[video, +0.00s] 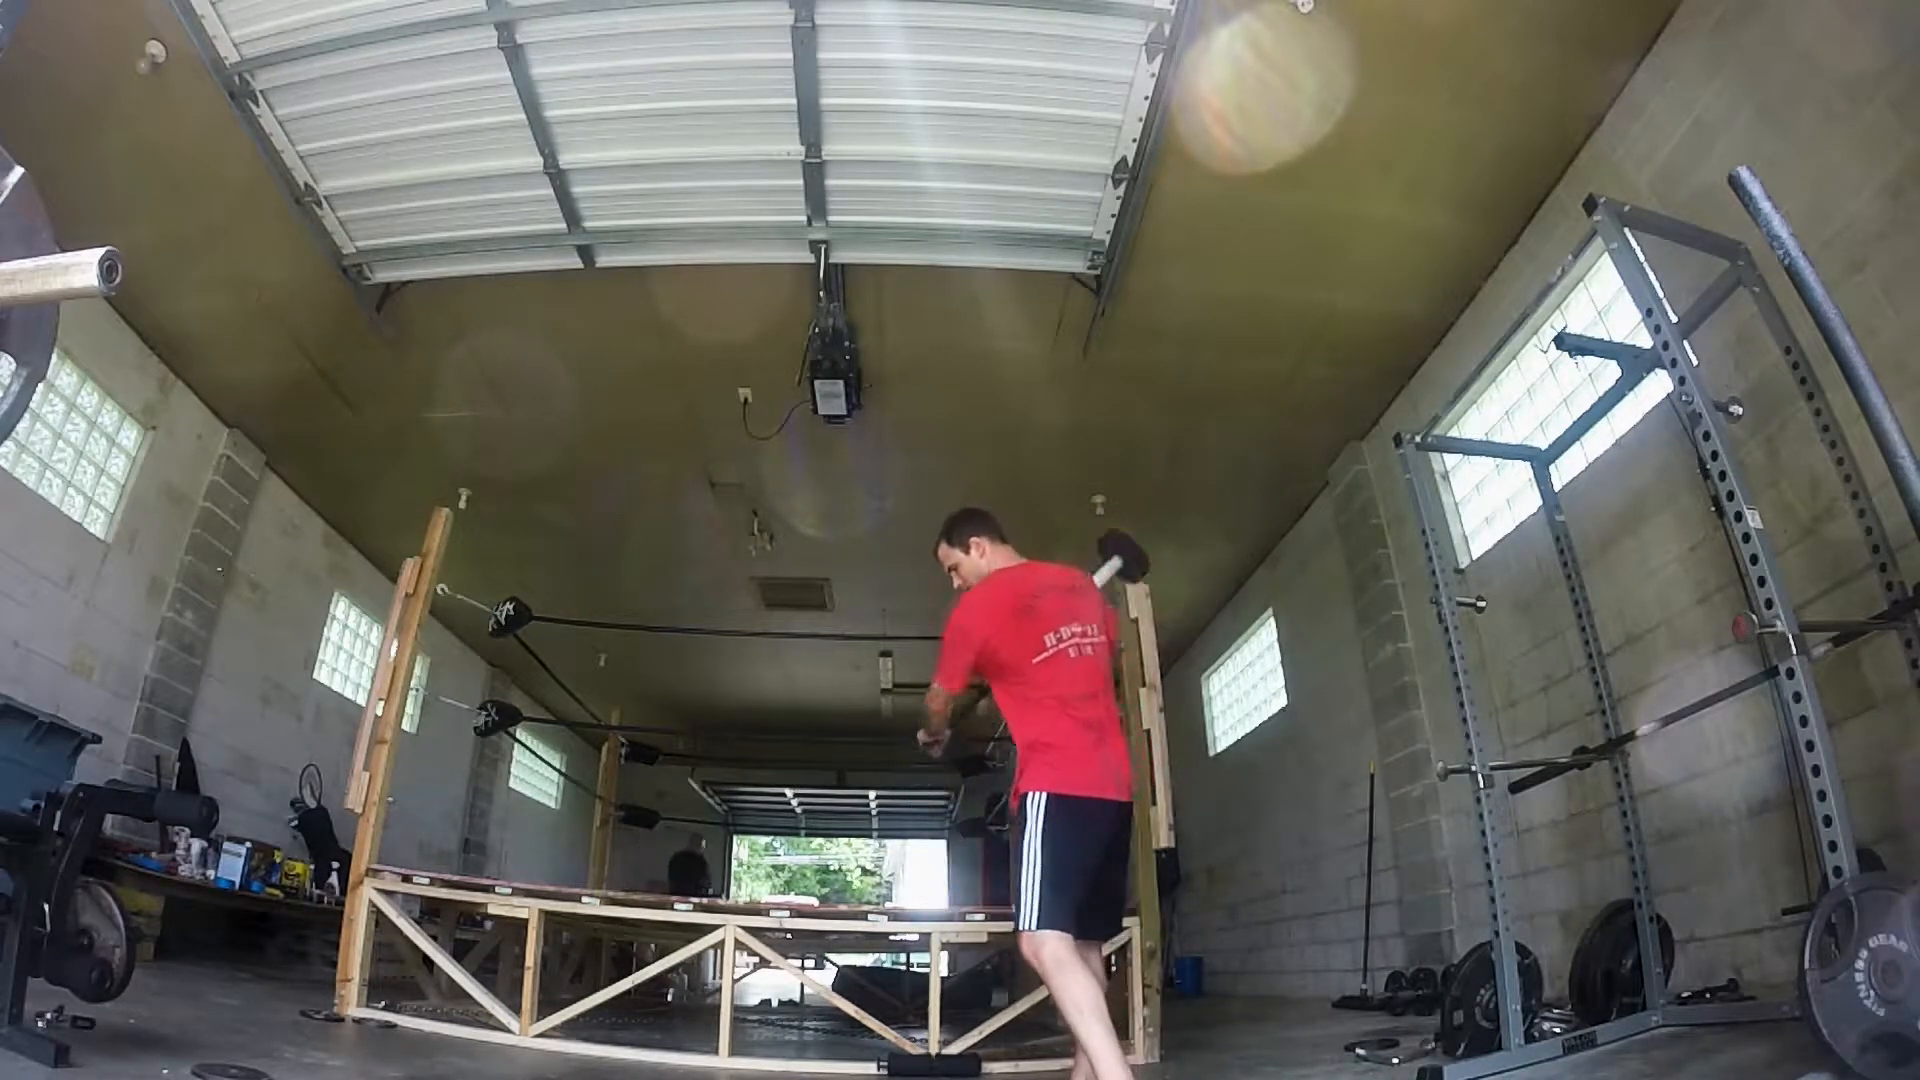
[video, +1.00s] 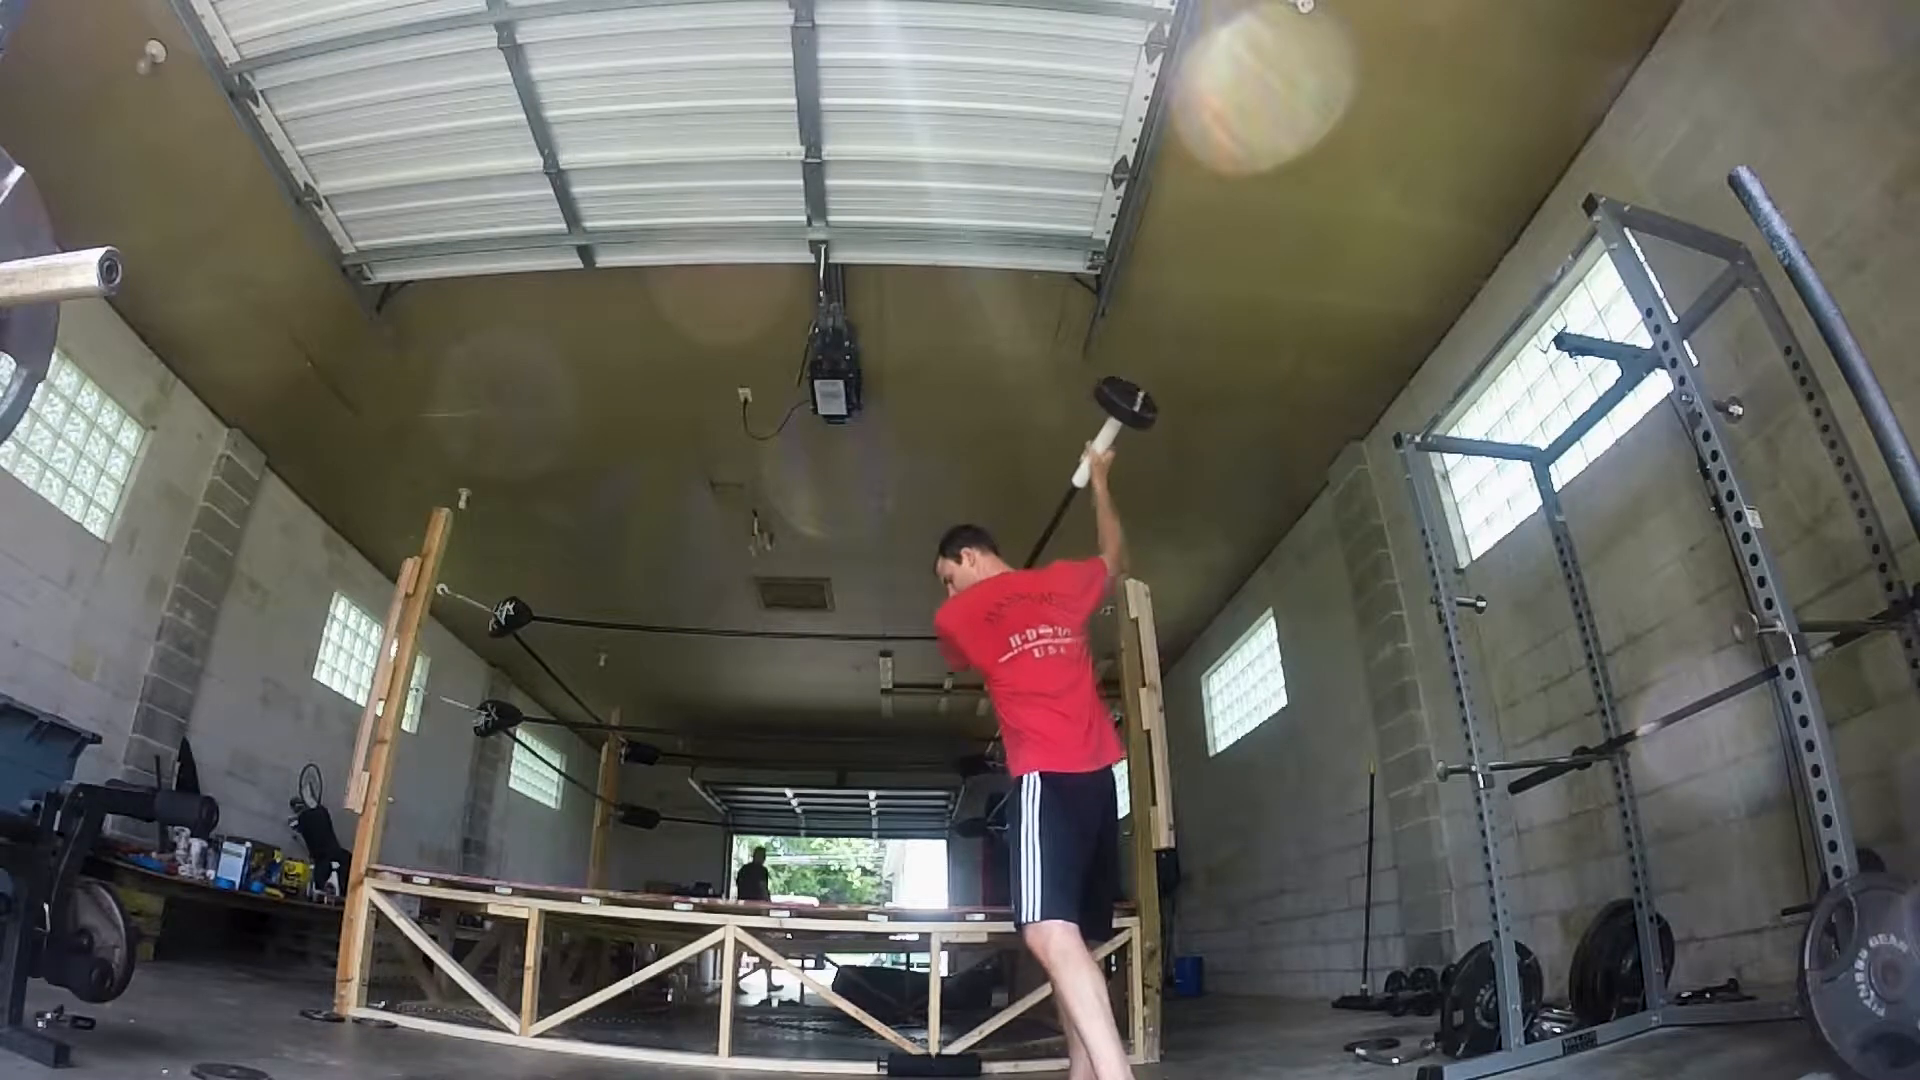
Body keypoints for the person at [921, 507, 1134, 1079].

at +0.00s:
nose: (956, 584)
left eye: (953, 569)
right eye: (950, 574)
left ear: (977, 546)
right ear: (998, 542)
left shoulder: (978, 604)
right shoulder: (1082, 583)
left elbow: (941, 701)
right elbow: (1111, 661)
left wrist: (934, 732)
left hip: (1056, 784)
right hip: (1112, 785)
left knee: (1044, 940)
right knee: (1086, 942)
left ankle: (1116, 1074)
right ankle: (1086, 1071)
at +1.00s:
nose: (951, 591)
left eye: (948, 578)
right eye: (947, 582)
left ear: (965, 559)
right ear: (995, 553)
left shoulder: (960, 614)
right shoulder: (1066, 581)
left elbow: (969, 665)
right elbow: (1112, 556)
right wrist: (1100, 481)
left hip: (1049, 778)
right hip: (1100, 773)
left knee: (1050, 934)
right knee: (1072, 936)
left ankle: (1117, 1075)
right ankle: (1083, 1072)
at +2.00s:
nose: (963, 581)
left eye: (963, 563)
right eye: (954, 576)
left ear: (990, 540)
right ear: (960, 578)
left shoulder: (1075, 562)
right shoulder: (1000, 653)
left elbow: (1174, 596)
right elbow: (999, 758)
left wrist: (1132, 668)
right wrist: (951, 848)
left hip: (1133, 764)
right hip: (1078, 791)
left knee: (1108, 924)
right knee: (1065, 939)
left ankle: (1138, 1075)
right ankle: (1087, 1073)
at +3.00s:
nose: (954, 601)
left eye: (950, 584)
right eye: (946, 593)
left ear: (976, 554)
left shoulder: (1072, 560)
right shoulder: (999, 651)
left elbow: (1175, 574)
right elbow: (1010, 752)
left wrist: (1151, 628)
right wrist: (983, 848)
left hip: (1125, 759)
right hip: (1074, 787)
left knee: (1092, 923)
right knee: (1054, 938)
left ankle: (1133, 1075)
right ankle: (1083, 1071)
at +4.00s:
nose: (944, 597)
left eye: (940, 586)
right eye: (941, 588)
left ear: (952, 571)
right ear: (985, 560)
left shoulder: (953, 623)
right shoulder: (1063, 574)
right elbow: (1141, 576)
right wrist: (1124, 496)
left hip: (1031, 791)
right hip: (1094, 790)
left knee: (1050, 941)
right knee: (1077, 945)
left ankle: (1119, 1075)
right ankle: (1081, 1073)